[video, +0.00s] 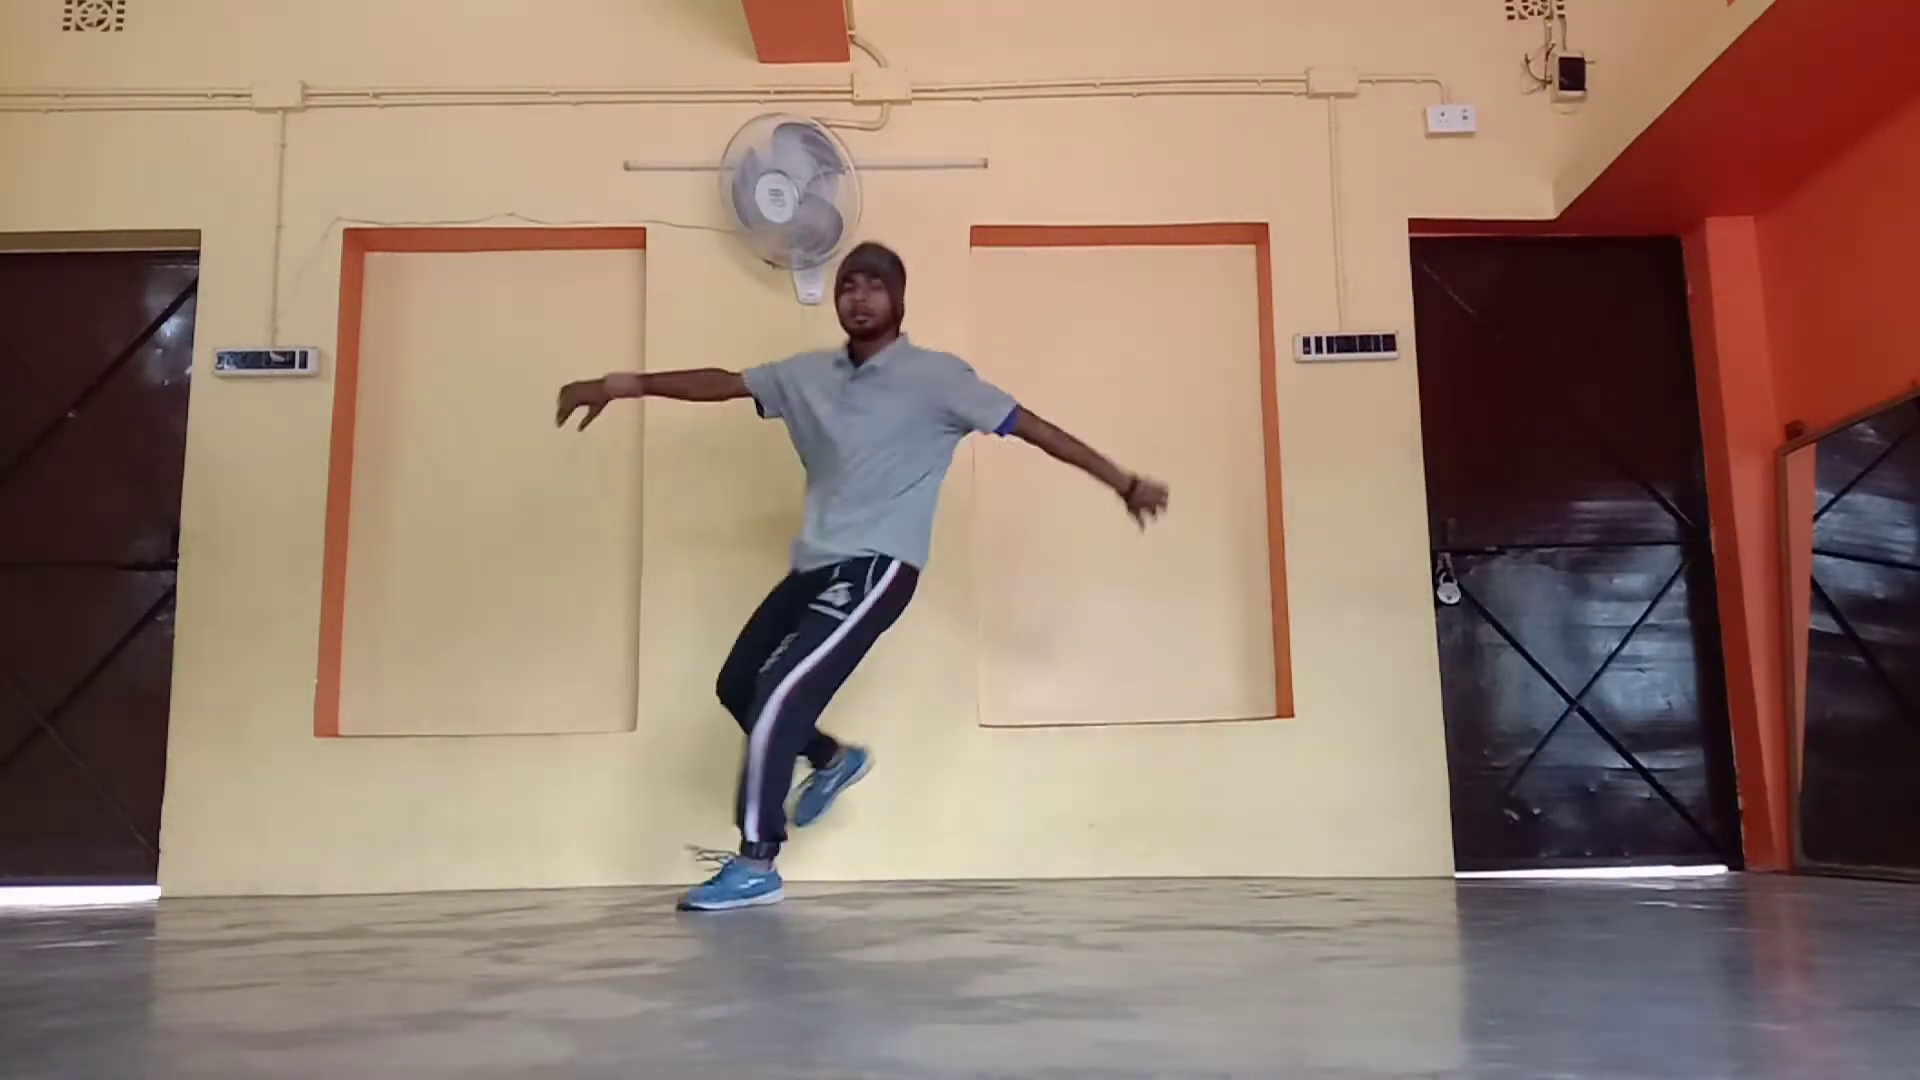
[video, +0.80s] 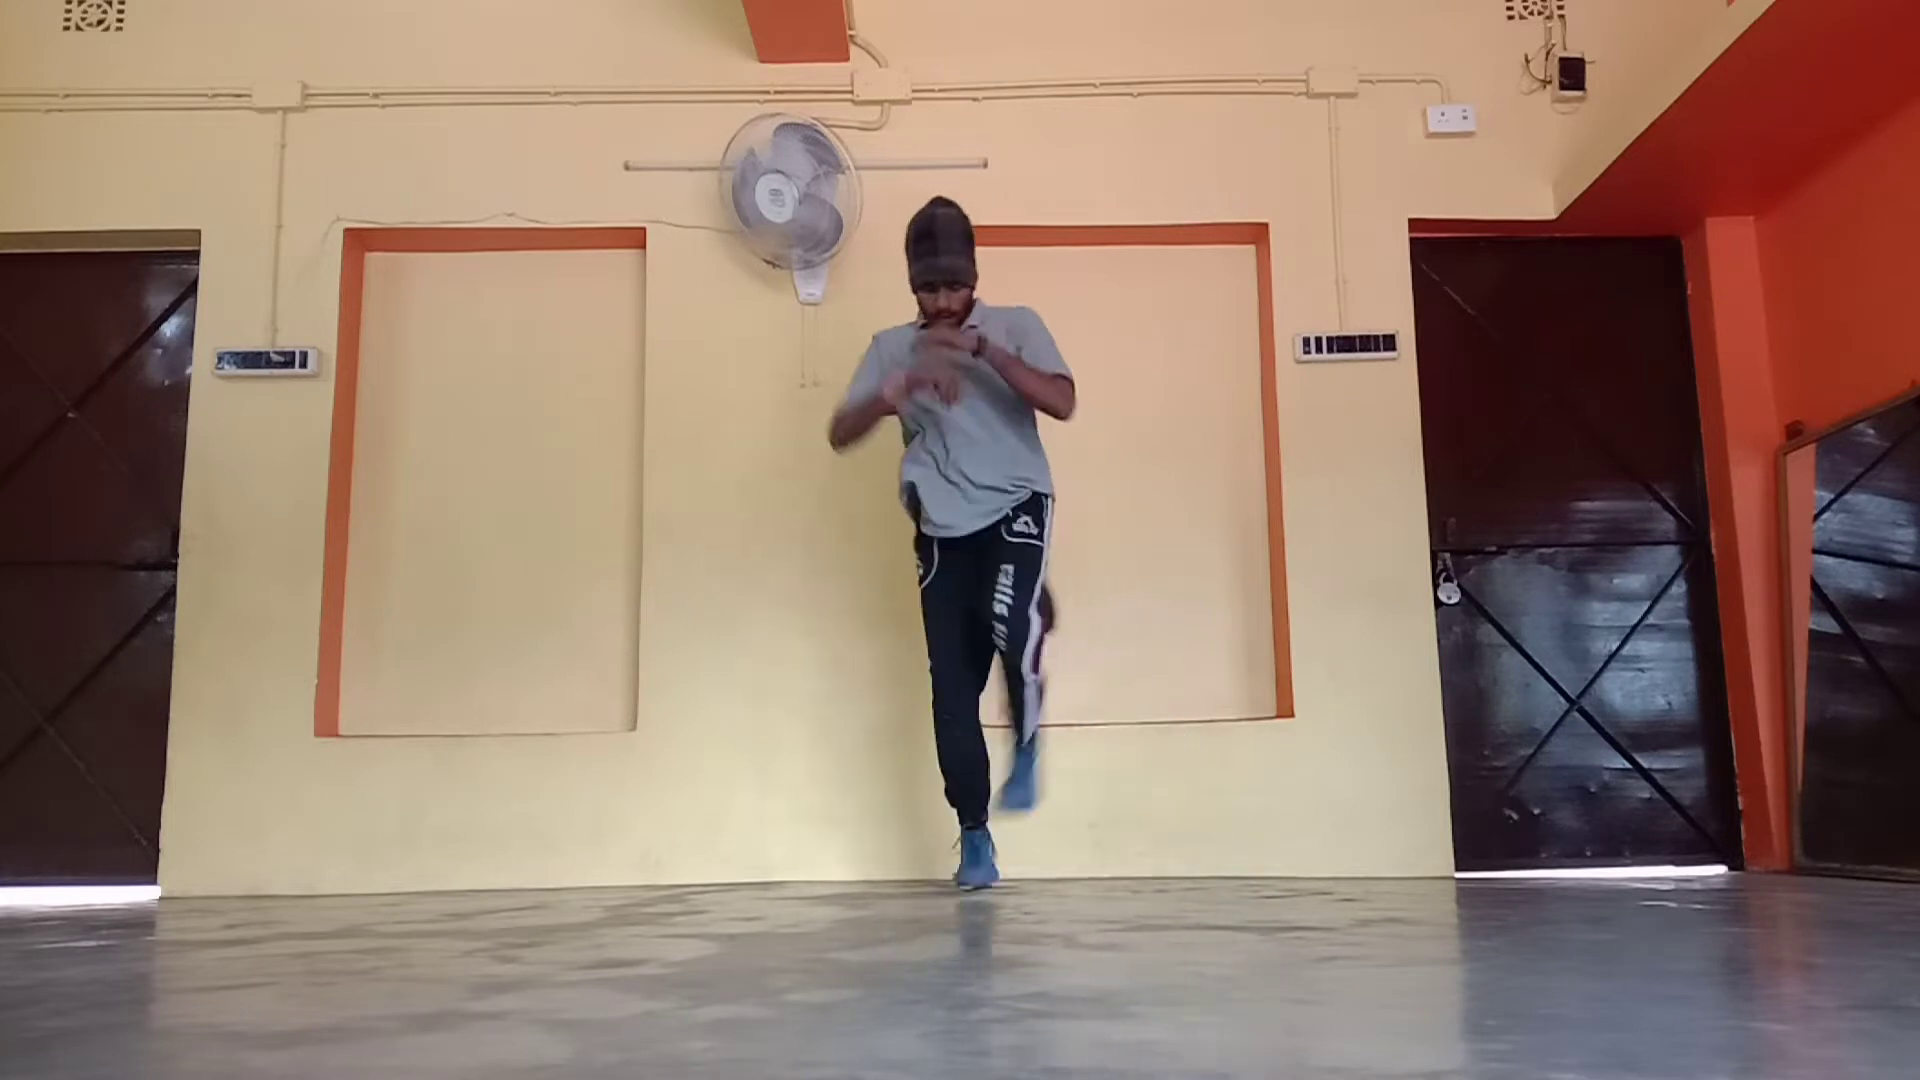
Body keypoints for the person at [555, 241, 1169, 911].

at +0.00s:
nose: (858, 297)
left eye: (873, 286)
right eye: (848, 287)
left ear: (901, 300)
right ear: (834, 301)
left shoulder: (936, 377)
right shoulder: (809, 375)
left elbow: (1032, 428)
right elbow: (720, 385)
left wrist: (1121, 479)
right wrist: (620, 386)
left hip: (879, 566)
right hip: (814, 562)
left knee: (782, 693)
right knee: (739, 685)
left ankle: (756, 862)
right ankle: (834, 759)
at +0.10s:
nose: (861, 276)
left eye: (875, 267)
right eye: (851, 268)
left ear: (901, 284)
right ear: (838, 288)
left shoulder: (940, 355)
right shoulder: (825, 374)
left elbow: (1025, 425)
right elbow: (751, 419)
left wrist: (1107, 489)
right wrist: (655, 441)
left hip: (899, 548)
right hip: (830, 556)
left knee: (814, 697)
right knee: (783, 700)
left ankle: (761, 855)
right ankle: (879, 782)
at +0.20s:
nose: (876, 273)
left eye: (889, 263)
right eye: (864, 265)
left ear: (913, 279)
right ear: (851, 284)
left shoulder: (961, 346)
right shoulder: (841, 376)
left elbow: (1024, 445)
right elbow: (794, 469)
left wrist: (1056, 544)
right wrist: (739, 545)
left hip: (942, 536)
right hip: (874, 545)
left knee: (867, 660)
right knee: (865, 687)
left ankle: (865, 816)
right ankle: (911, 848)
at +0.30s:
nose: (898, 277)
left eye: (909, 267)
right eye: (886, 269)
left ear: (930, 282)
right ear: (869, 286)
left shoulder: (974, 350)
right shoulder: (858, 383)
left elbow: (1028, 449)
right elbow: (843, 484)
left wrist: (989, 524)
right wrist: (824, 568)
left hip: (973, 542)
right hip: (902, 558)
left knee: (960, 648)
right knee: (880, 700)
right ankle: (916, 851)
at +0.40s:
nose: (917, 293)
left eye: (928, 280)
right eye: (902, 283)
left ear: (948, 288)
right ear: (885, 296)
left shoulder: (988, 348)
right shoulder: (884, 390)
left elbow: (1053, 436)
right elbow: (887, 475)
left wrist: (958, 448)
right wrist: (877, 540)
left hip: (1011, 551)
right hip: (938, 573)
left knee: (1087, 689)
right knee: (879, 690)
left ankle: (1180, 806)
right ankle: (919, 840)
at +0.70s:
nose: (926, 306)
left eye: (938, 290)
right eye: (912, 293)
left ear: (958, 285)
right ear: (894, 292)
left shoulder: (1011, 342)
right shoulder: (889, 376)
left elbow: (1080, 421)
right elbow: (894, 475)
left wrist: (991, 426)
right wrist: (910, 481)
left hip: (1035, 534)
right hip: (962, 554)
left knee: (1077, 660)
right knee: (947, 702)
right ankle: (954, 854)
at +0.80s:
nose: (942, 301)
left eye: (954, 286)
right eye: (928, 288)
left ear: (974, 277)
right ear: (911, 284)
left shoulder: (1013, 327)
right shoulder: (890, 349)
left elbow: (1062, 402)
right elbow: (840, 435)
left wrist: (987, 354)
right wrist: (891, 392)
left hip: (1016, 507)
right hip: (943, 522)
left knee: (1008, 621)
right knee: (950, 678)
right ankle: (972, 833)